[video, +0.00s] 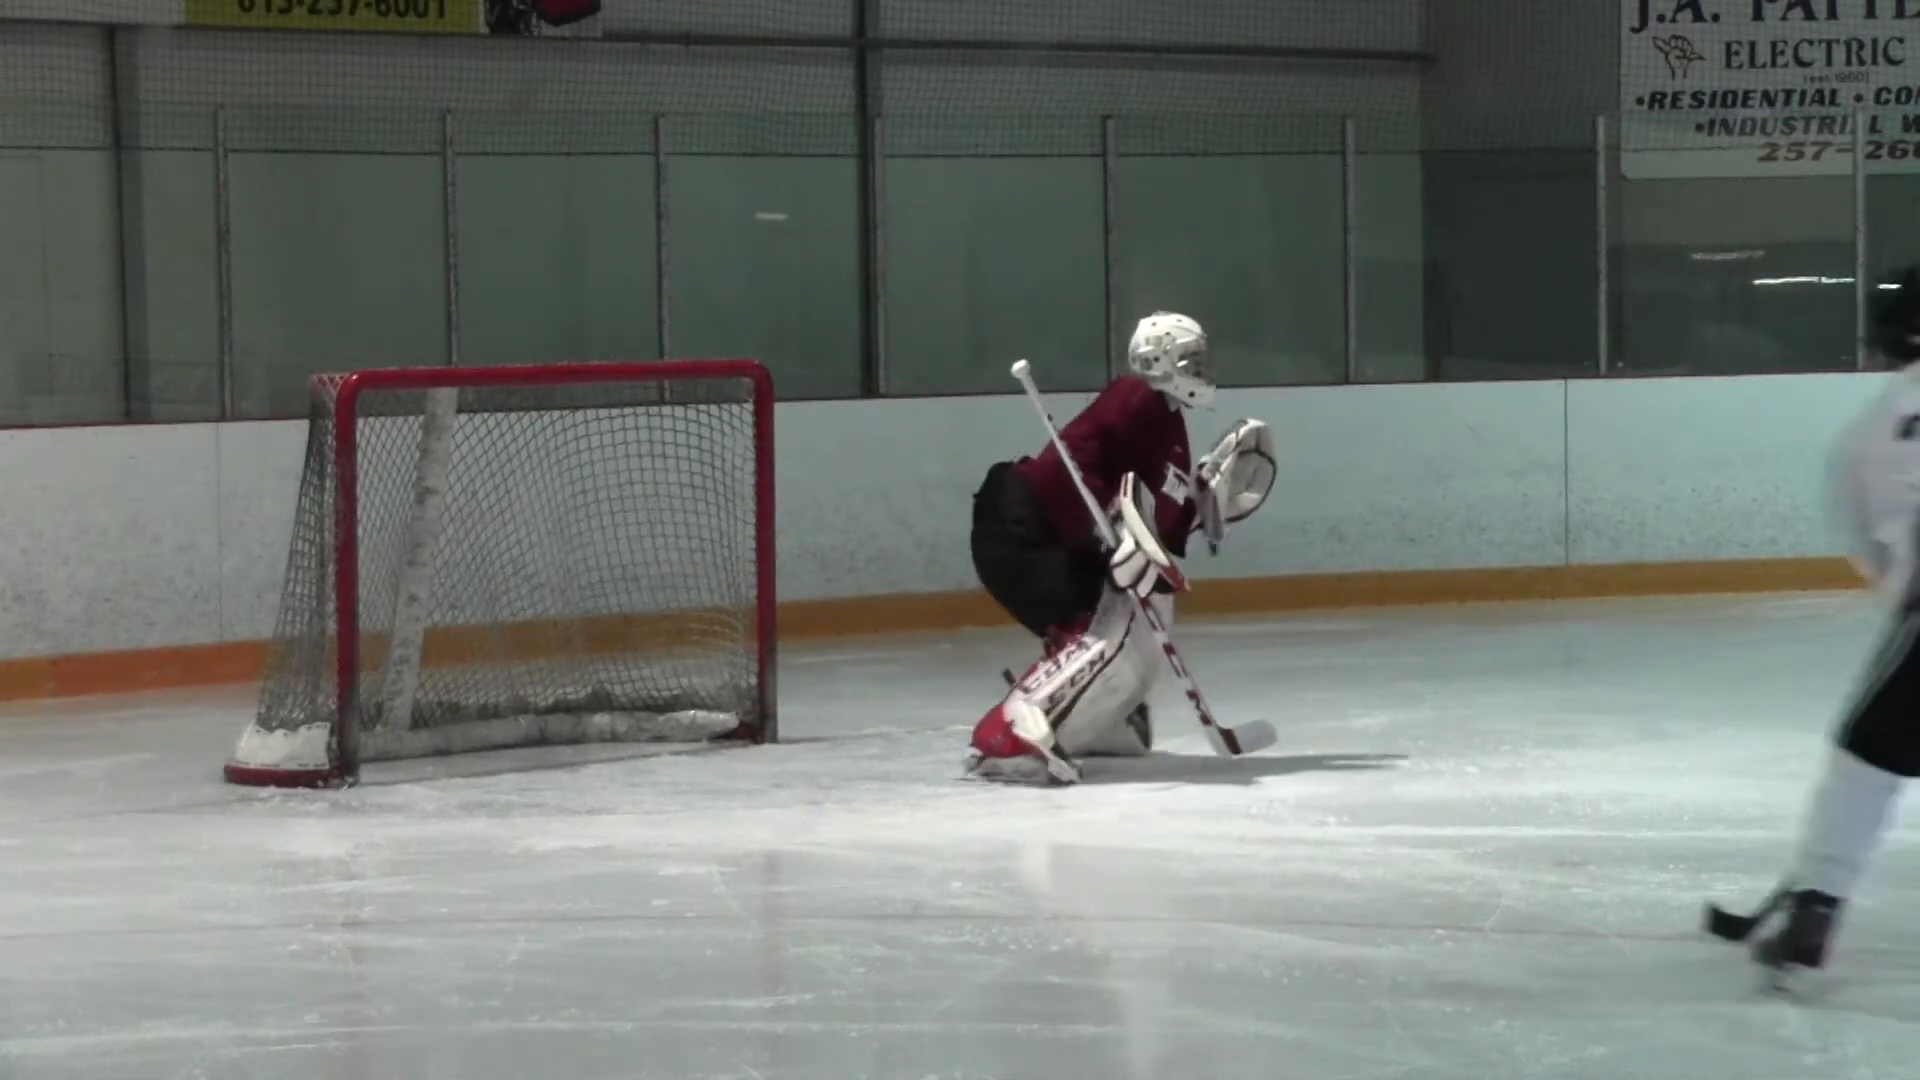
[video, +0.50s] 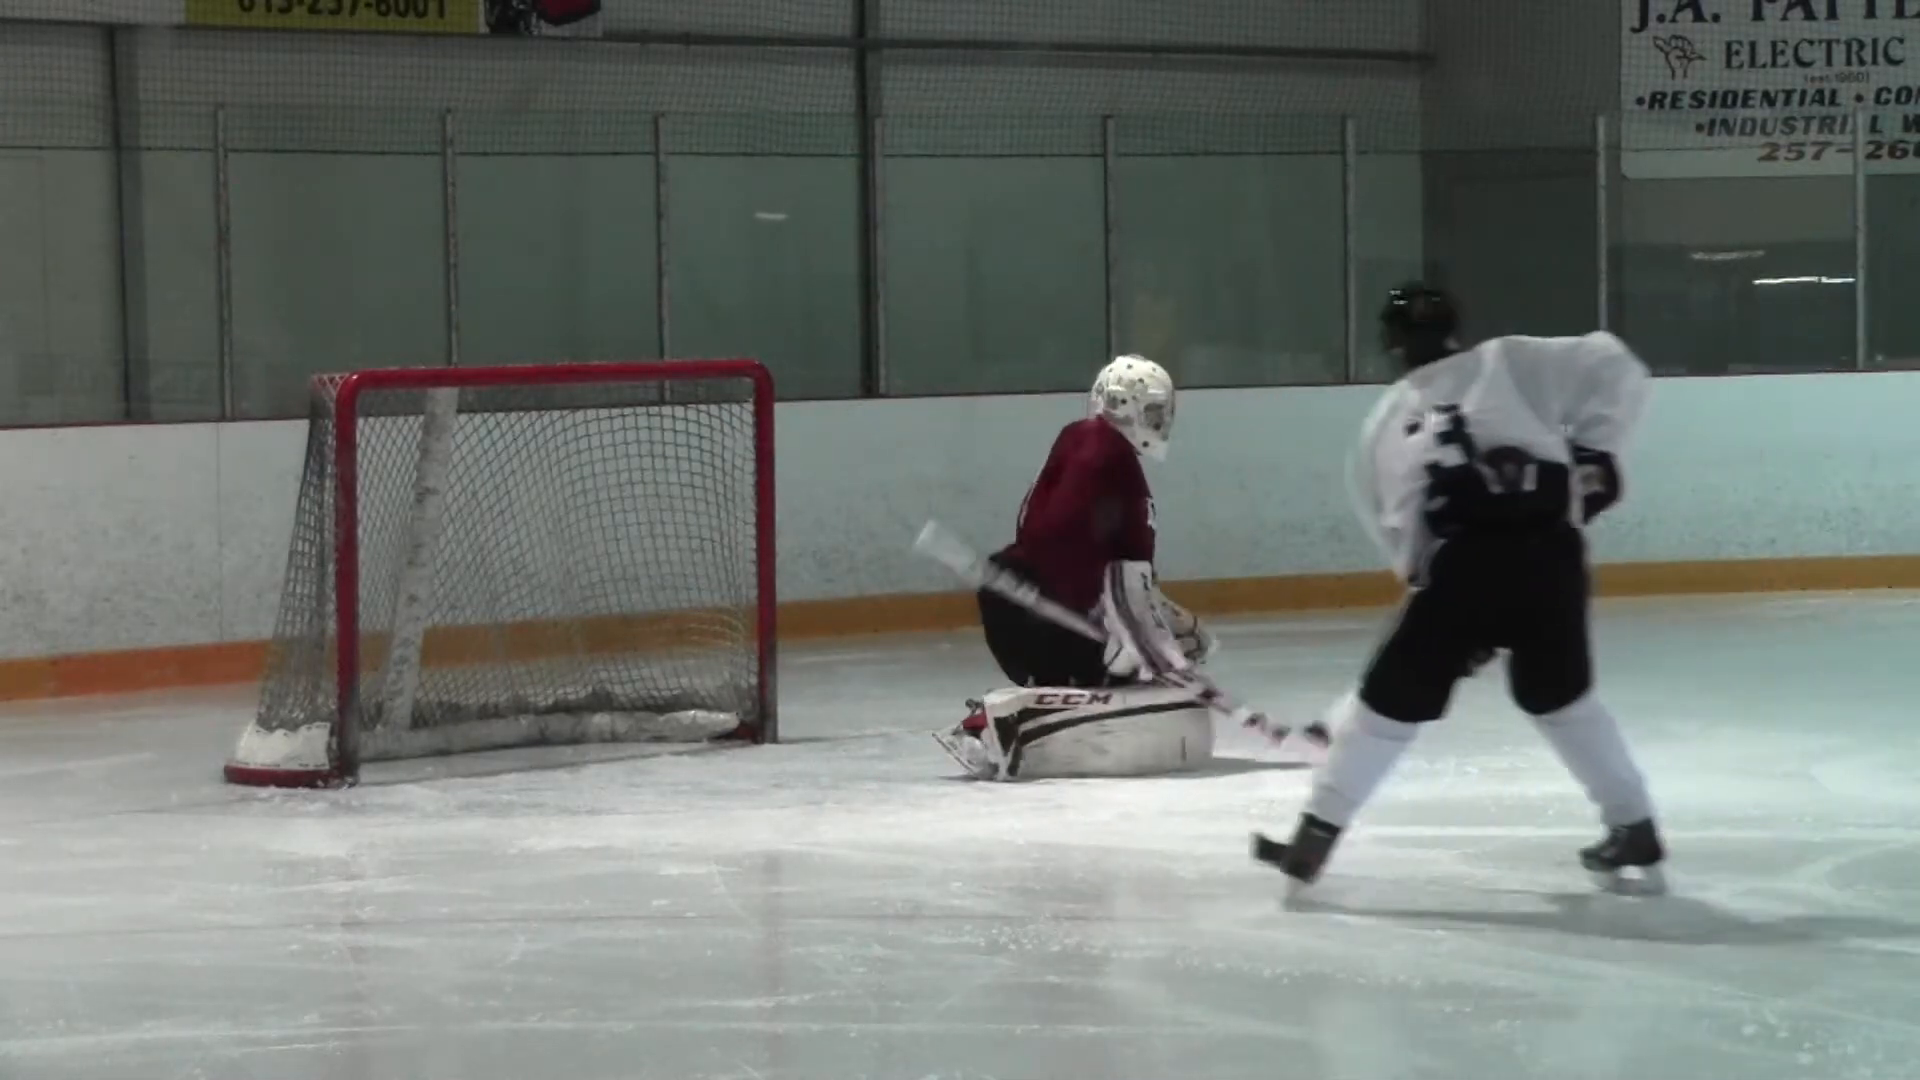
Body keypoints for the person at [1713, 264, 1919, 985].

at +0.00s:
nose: (1880, 346)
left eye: (1884, 334)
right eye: (1890, 331)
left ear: (1893, 335)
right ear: (1918, 333)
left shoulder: (1886, 414)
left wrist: (1889, 567)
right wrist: (1890, 566)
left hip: (1919, 612)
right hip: (1914, 610)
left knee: (1873, 748)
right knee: (1871, 748)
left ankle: (1813, 908)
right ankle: (1809, 903)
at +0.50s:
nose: (1392, 349)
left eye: (1392, 340)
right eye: (1398, 339)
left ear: (1395, 345)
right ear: (1451, 331)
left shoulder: (1386, 423)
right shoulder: (1510, 360)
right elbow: (1613, 363)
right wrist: (1598, 450)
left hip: (1464, 573)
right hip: (1551, 559)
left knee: (1390, 702)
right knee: (1558, 693)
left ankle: (1312, 839)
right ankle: (1635, 829)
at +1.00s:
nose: (1179, 345)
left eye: (1177, 338)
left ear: (1178, 341)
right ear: (1234, 325)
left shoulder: (1160, 418)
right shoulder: (1286, 350)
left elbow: (1171, 524)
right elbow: (1383, 364)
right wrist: (1353, 443)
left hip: (1235, 547)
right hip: (1321, 537)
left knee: (1168, 669)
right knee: (1329, 662)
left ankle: (1114, 782)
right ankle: (1362, 785)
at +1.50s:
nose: (1385, 305)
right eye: (1382, 299)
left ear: (1327, 315)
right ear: (1378, 299)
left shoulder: (1307, 375)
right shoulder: (1400, 323)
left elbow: (1296, 458)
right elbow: (1470, 309)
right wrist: (1467, 391)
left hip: (1325, 514)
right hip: (1391, 504)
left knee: (1308, 626)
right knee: (1443, 617)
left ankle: (1262, 739)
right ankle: (1458, 743)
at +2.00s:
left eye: (1538, 257)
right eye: (1568, 251)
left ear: (1525, 260)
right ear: (1575, 250)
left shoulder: (1504, 325)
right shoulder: (1611, 285)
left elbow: (1499, 417)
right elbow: (1696, 309)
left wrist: (1519, 485)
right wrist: (1663, 364)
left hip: (1542, 464)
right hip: (1609, 457)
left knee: (1540, 587)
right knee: (1618, 587)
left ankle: (1530, 707)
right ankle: (1625, 708)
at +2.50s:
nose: (1821, 248)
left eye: (1817, 238)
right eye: (1819, 239)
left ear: (1764, 243)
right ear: (1813, 240)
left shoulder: (1728, 303)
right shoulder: (1823, 289)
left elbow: (1708, 395)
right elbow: (1876, 357)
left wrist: (1714, 466)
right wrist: (1822, 385)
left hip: (1729, 450)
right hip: (1789, 449)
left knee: (1735, 564)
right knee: (1806, 564)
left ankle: (1726, 679)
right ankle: (1798, 683)